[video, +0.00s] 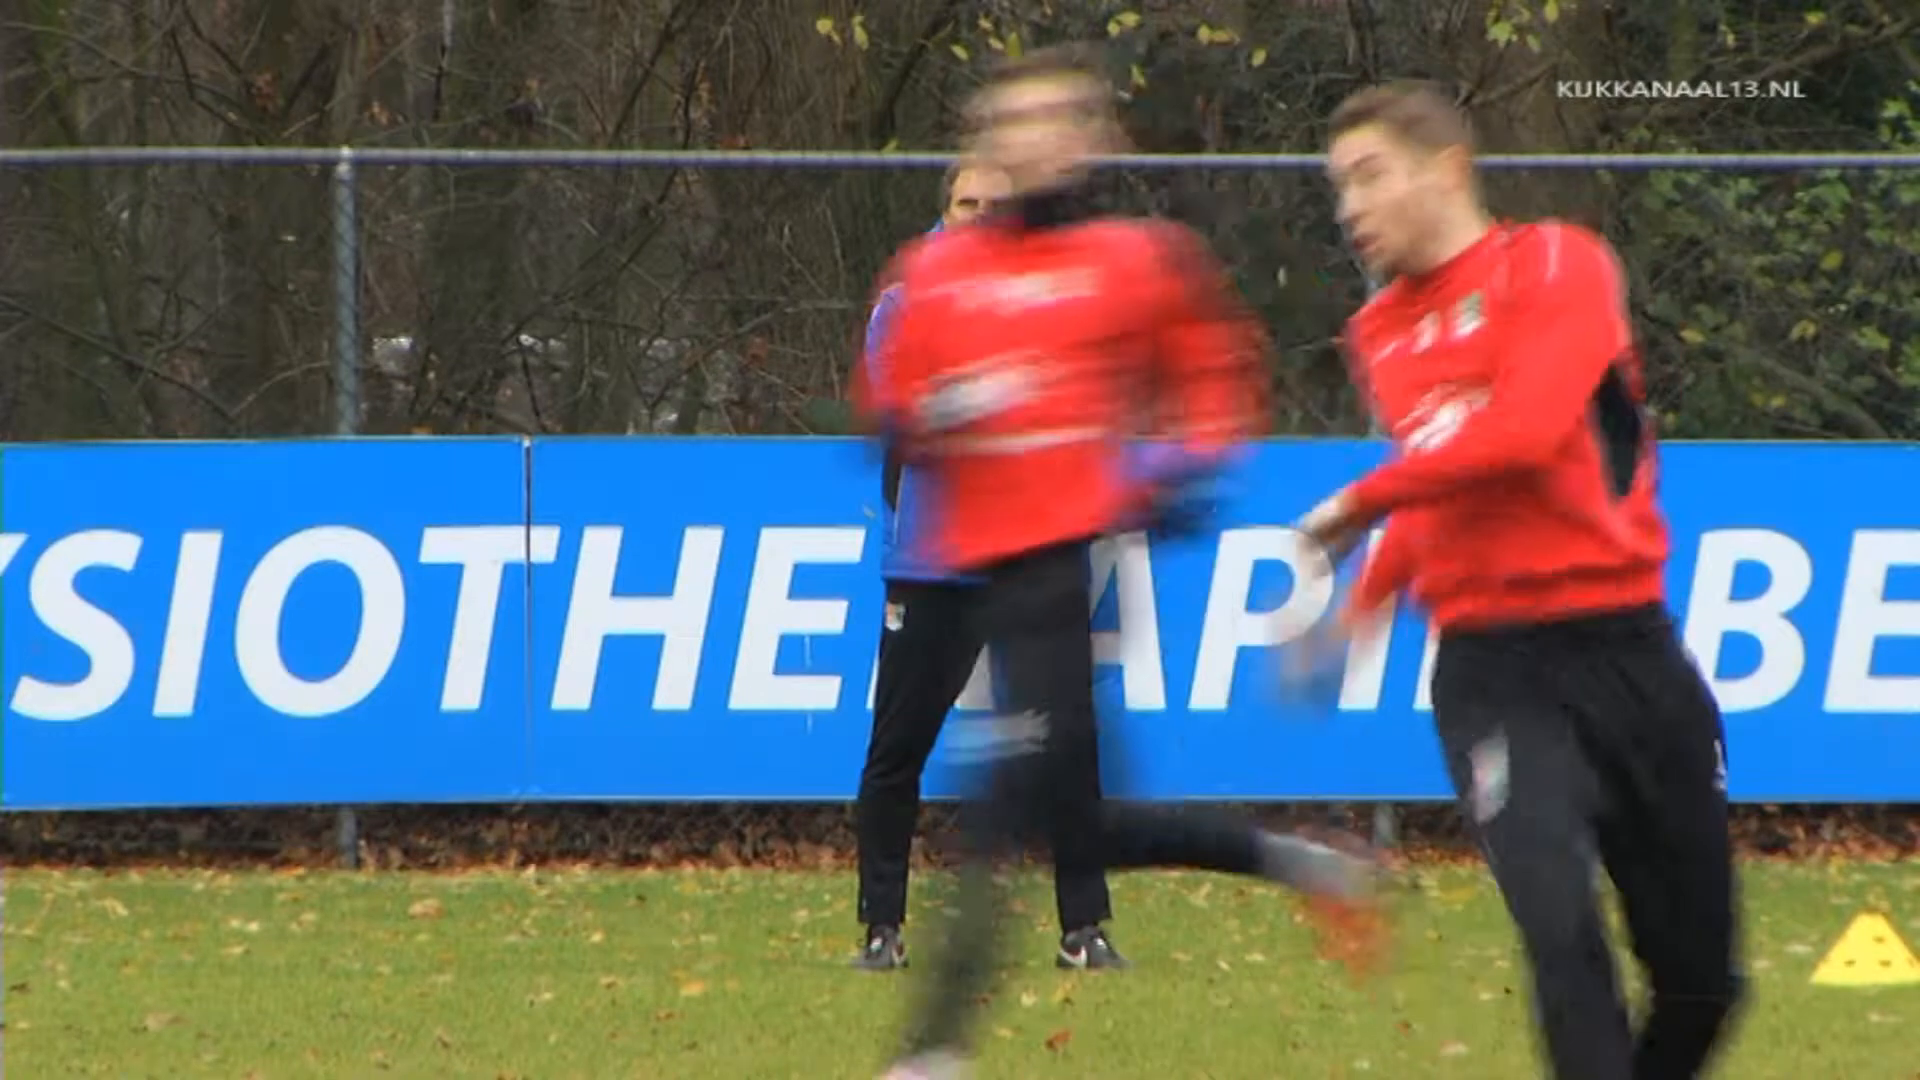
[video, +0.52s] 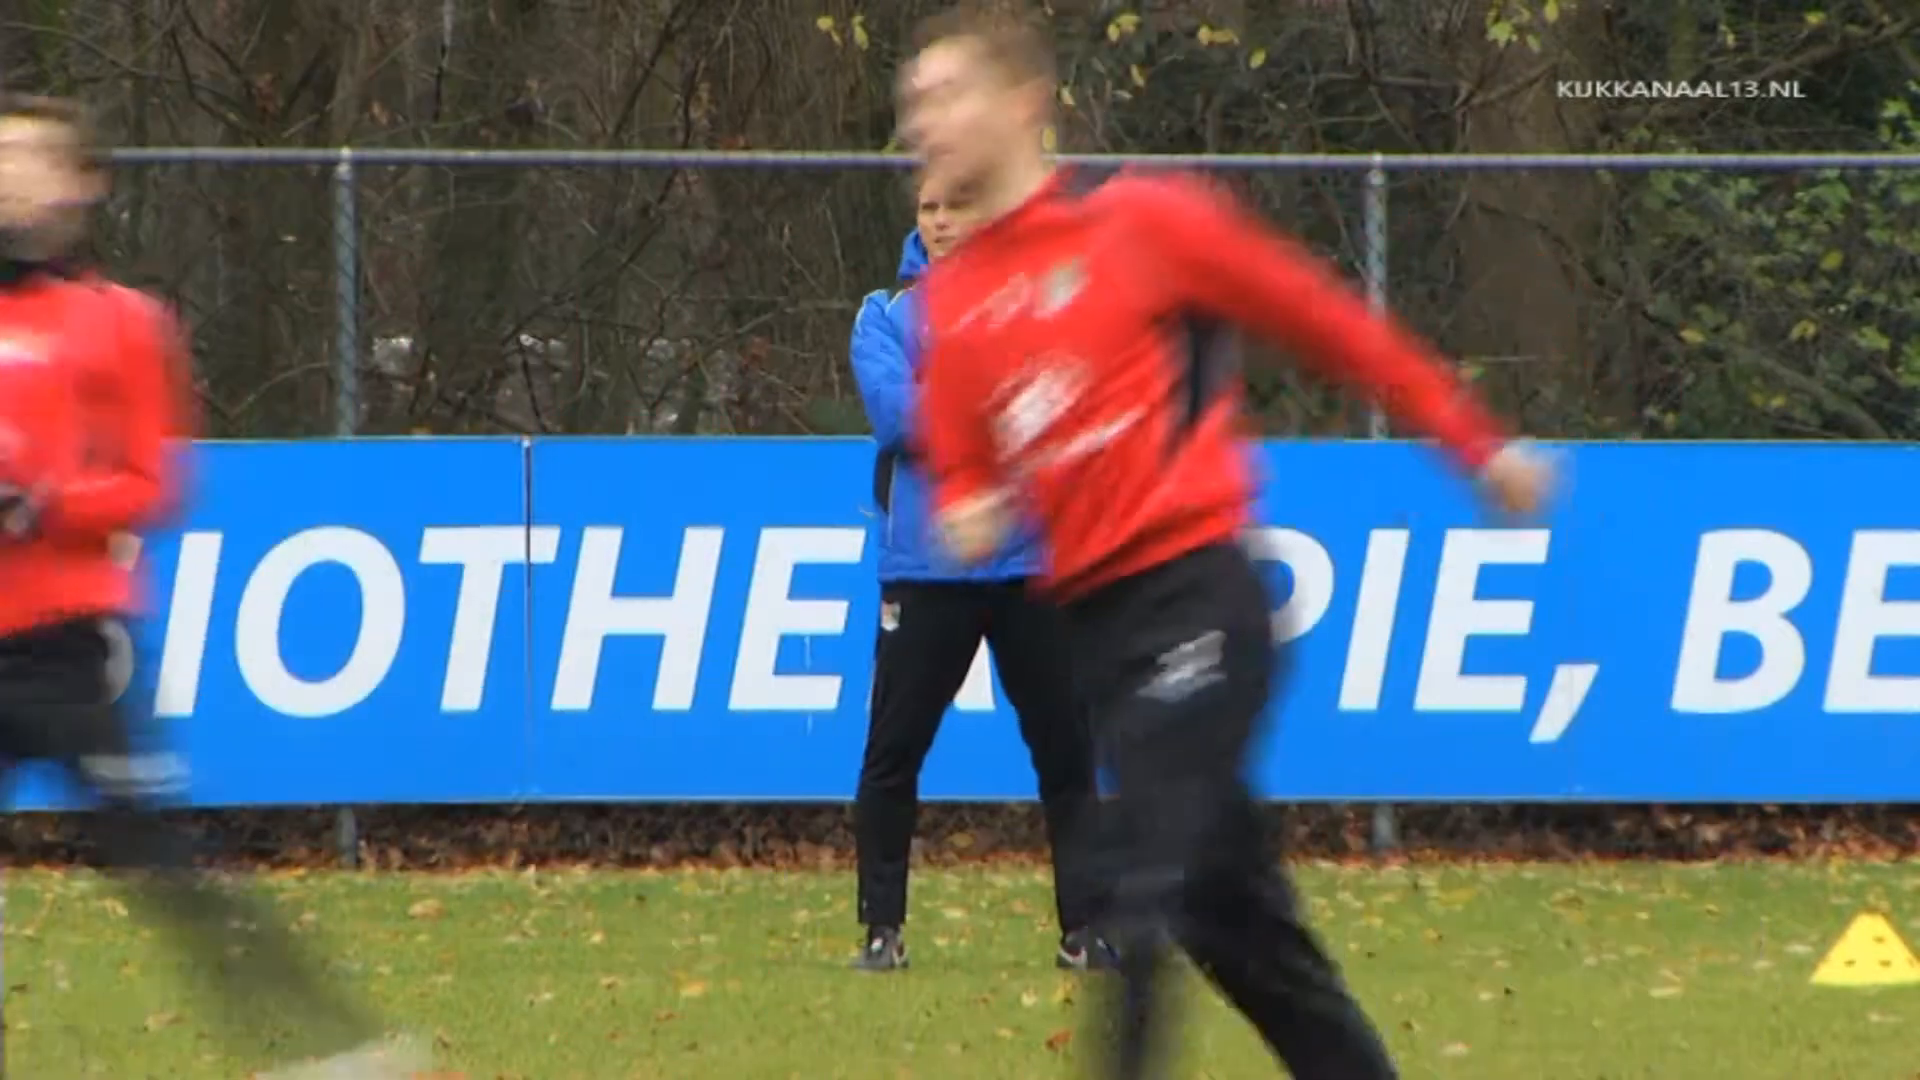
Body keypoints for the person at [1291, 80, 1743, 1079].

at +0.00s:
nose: (1348, 209)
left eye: (1367, 177)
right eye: (1339, 188)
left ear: (1447, 166)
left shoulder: (1562, 259)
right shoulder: (1378, 331)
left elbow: (1529, 429)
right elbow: (1434, 489)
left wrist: (1365, 496)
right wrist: (1360, 607)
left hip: (1624, 650)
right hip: (1491, 664)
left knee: (1701, 983)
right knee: (1564, 942)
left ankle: (1644, 1069)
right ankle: (1599, 1070)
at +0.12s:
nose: (1284, 221)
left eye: (1303, 189)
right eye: (1276, 198)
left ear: (1380, 186)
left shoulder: (1511, 291)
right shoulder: (1300, 369)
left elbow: (1563, 457)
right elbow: (1321, 582)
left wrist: (1384, 503)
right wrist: (1307, 761)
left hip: (1579, 678)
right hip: (1438, 708)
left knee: (1708, 966)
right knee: (1564, 939)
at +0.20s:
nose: (1225, 163)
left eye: (1241, 134)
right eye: (1218, 141)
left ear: (1320, 130)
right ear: (1230, 160)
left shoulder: (1447, 241)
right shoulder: (1233, 304)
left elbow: (1566, 400)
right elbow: (1255, 485)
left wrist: (1480, 482)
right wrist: (1255, 610)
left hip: (1517, 623)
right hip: (1379, 661)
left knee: (1604, 879)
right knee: (1504, 945)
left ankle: (1702, 1066)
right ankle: (1572, 1074)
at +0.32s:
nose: (1115, 63)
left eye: (1137, 33)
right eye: (1109, 40)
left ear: (1220, 37)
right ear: (1119, 61)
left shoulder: (1334, 154)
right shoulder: (1128, 215)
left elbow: (1481, 285)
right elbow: (1130, 376)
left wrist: (1570, 457)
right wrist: (1153, 429)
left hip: (1395, 531)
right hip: (1272, 565)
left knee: (1436, 824)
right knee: (1370, 852)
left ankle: (1504, 1060)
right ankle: (1477, 1060)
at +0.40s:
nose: (1038, 47)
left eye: (1065, 21)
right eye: (1032, 28)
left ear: (1148, 31)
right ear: (1032, 52)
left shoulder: (1257, 150)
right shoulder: (1053, 215)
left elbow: (1430, 272)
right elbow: (1062, 390)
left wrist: (1571, 431)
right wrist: (1085, 443)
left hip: (1321, 518)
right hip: (1203, 551)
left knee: (1320, 838)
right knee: (1277, 849)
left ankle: (1406, 1060)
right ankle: (1407, 1057)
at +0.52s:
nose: (915, 125)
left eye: (939, 97)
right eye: (911, 104)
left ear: (1027, 102)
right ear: (922, 122)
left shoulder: (1143, 217)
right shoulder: (951, 292)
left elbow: (1329, 318)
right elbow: (954, 457)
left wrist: (1479, 445)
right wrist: (967, 505)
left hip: (1199, 593)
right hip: (1095, 621)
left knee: (1142, 880)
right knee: (1233, 912)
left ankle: (1123, 1062)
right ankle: (1356, 1067)